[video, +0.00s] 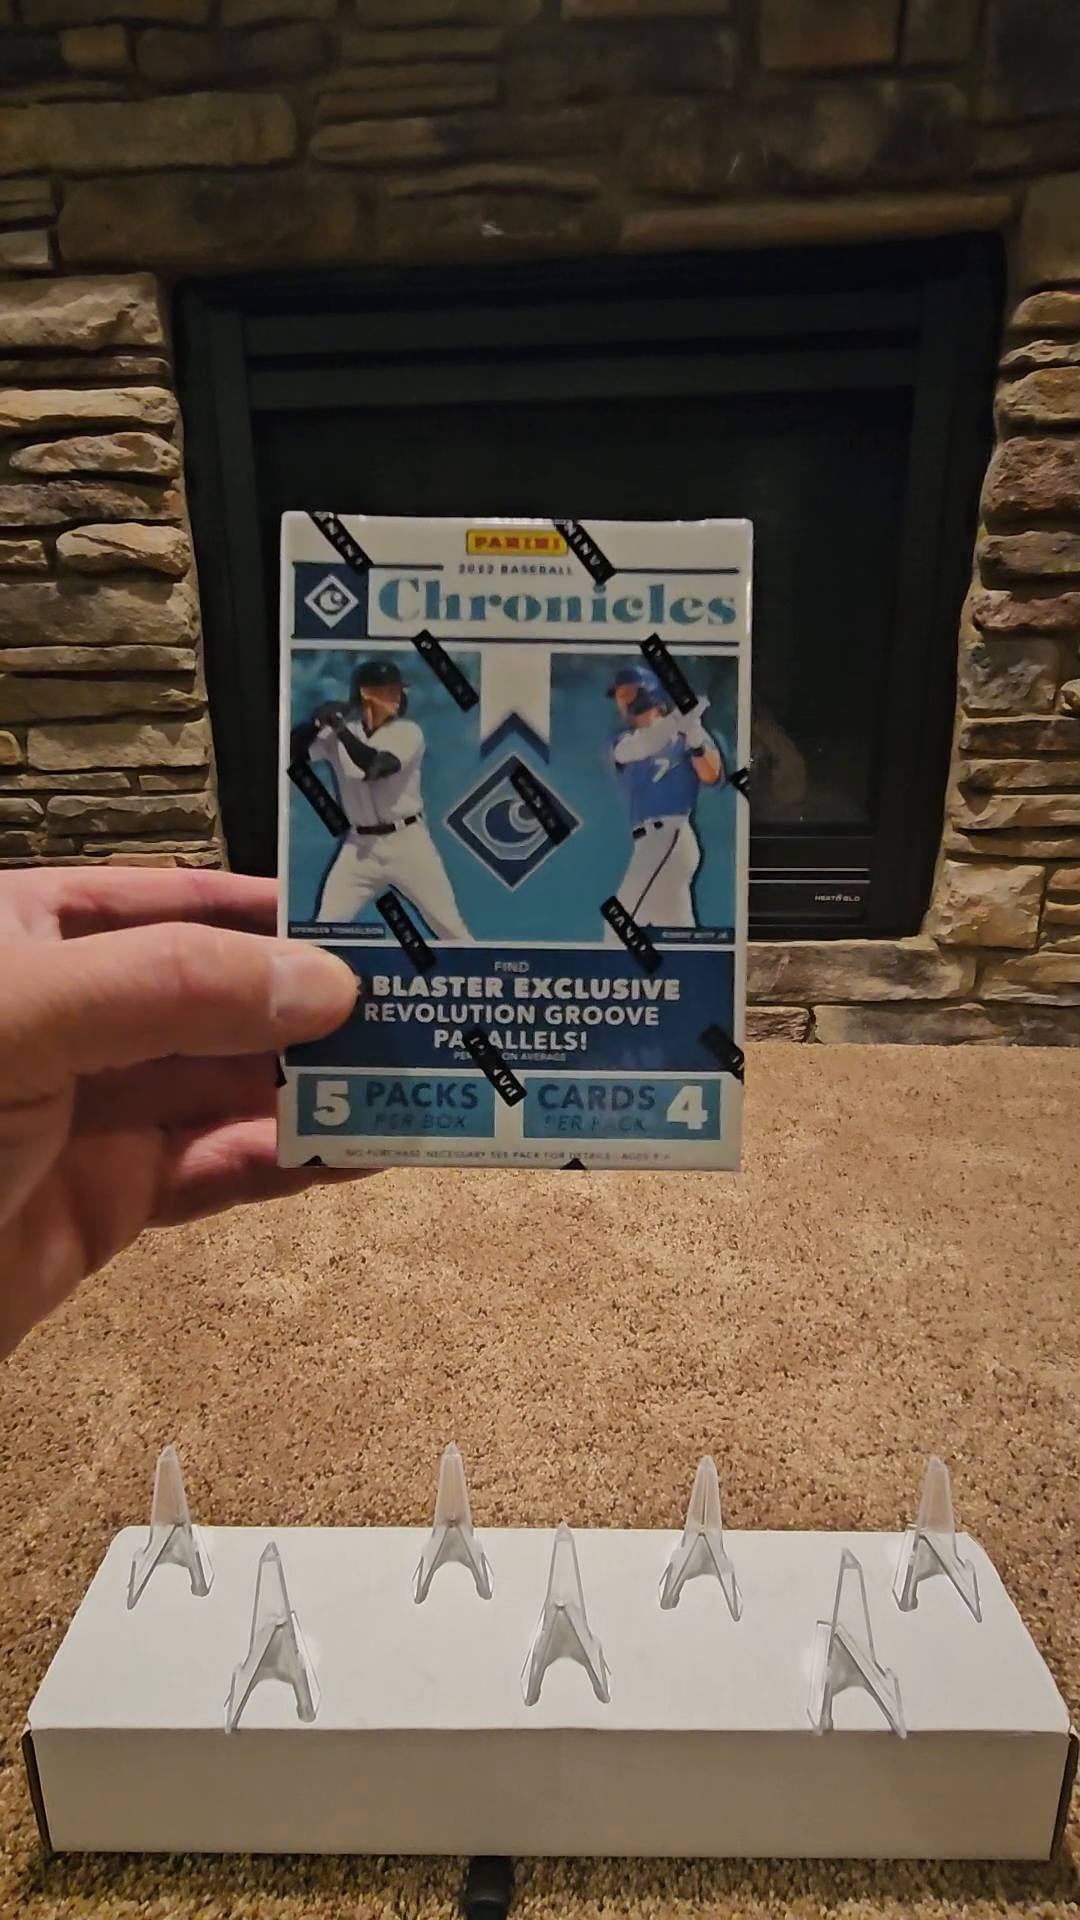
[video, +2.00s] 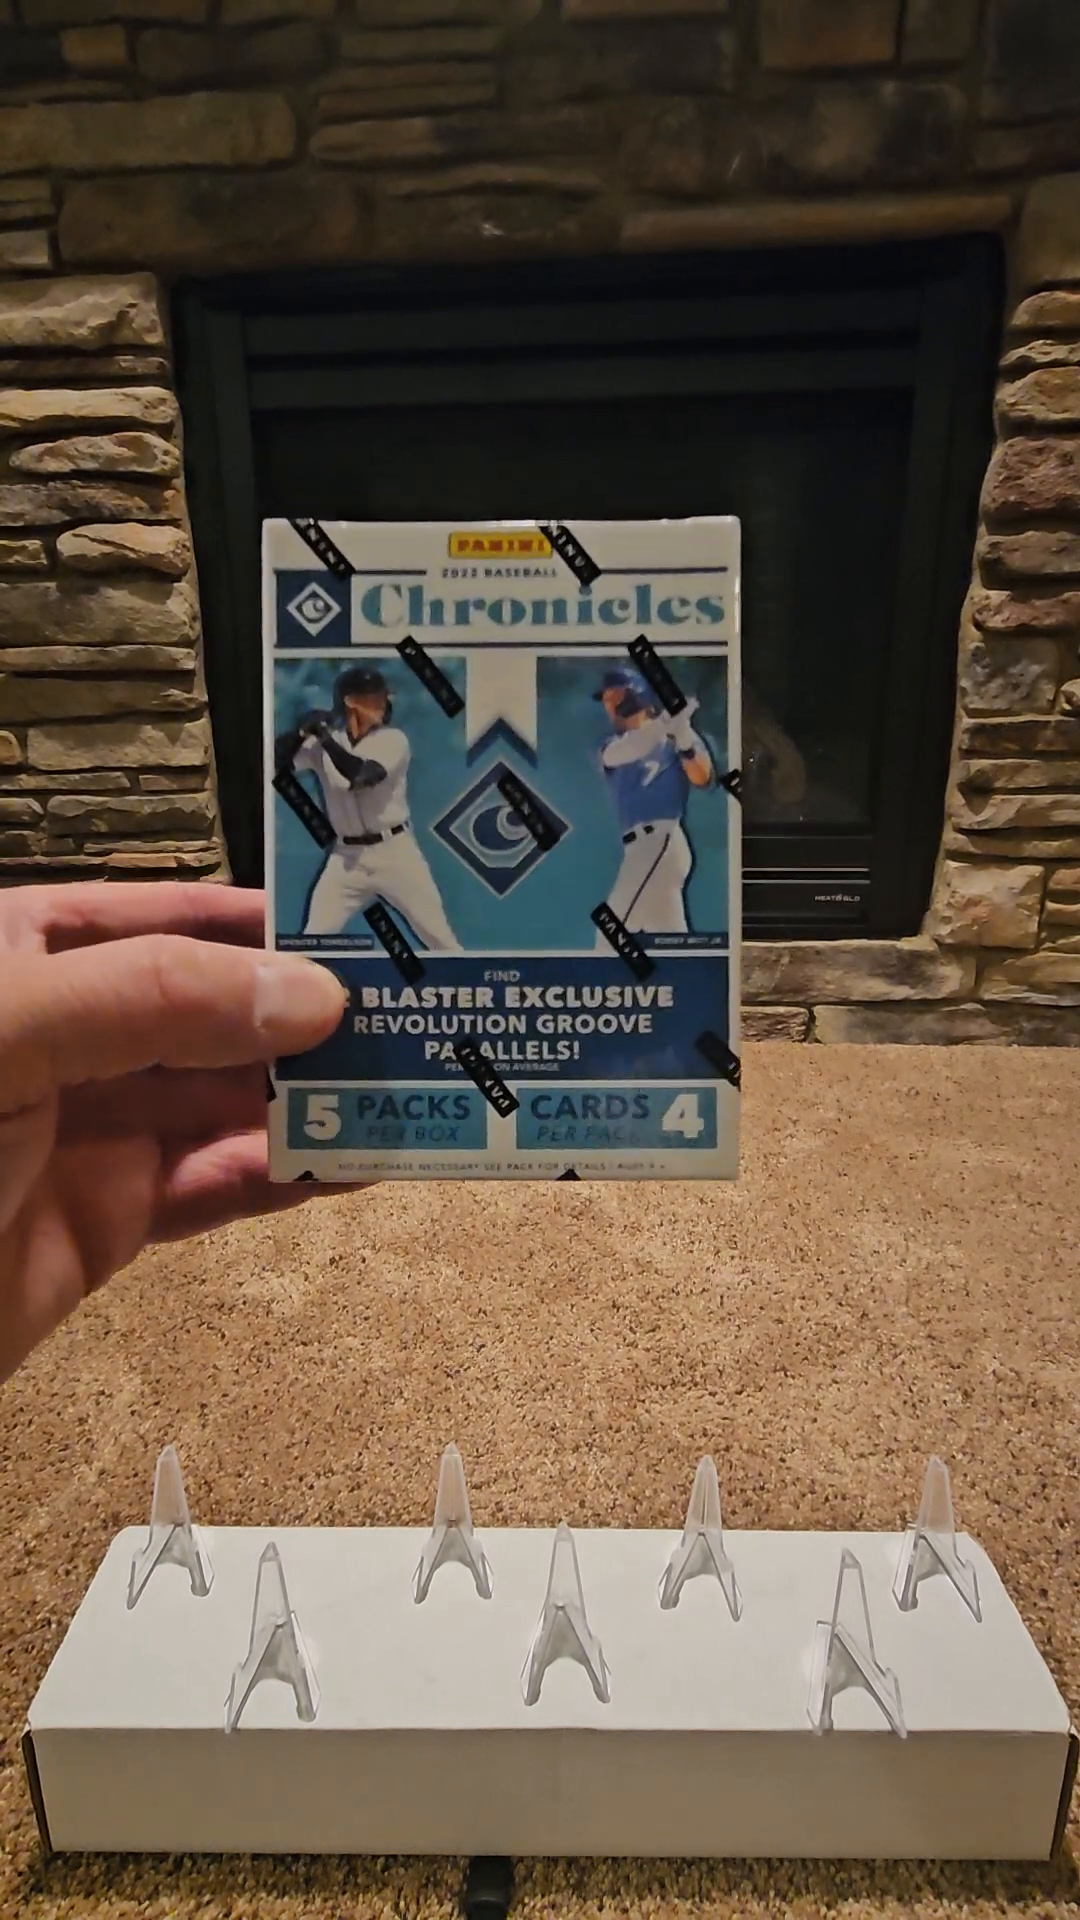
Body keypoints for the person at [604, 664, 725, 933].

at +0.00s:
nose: (622, 704)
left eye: (629, 695)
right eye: (619, 697)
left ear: (649, 695)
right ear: (616, 700)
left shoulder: (688, 732)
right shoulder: (621, 741)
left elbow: (711, 777)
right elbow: (642, 746)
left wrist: (694, 733)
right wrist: (676, 719)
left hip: (671, 838)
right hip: (648, 841)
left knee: (620, 924)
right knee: (680, 936)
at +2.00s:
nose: (609, 710)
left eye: (615, 700)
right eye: (606, 702)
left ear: (634, 698)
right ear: (604, 705)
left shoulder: (676, 734)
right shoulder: (611, 746)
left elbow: (702, 779)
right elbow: (630, 750)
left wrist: (684, 737)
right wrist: (666, 722)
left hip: (661, 843)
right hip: (637, 847)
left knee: (612, 930)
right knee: (671, 942)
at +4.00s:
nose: (679, 509)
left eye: (688, 496)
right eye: (674, 500)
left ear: (717, 497)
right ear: (670, 506)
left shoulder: (769, 547)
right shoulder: (680, 562)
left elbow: (801, 609)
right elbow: (698, 572)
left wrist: (777, 546)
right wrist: (757, 528)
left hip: (744, 697)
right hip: (713, 702)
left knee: (676, 816)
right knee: (753, 832)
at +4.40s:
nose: (683, 554)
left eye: (692, 541)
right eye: (678, 545)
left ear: (719, 544)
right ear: (675, 555)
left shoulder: (763, 590)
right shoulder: (686, 607)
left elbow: (800, 651)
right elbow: (692, 620)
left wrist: (776, 589)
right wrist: (755, 576)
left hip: (746, 733)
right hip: (714, 737)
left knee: (680, 849)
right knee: (749, 863)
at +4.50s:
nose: (668, 609)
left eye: (676, 597)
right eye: (663, 601)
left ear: (705, 600)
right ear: (660, 608)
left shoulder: (754, 649)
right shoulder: (665, 660)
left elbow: (783, 708)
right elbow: (687, 670)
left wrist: (761, 650)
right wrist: (738, 632)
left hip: (728, 787)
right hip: (698, 792)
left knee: (661, 897)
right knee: (735, 913)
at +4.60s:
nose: (660, 607)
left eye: (668, 595)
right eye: (656, 598)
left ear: (695, 596)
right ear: (653, 603)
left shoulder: (749, 645)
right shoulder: (662, 654)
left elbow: (778, 703)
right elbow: (686, 663)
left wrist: (755, 646)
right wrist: (733, 625)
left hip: (723, 783)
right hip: (692, 788)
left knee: (657, 892)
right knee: (732, 908)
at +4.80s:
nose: (676, 639)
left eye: (685, 627)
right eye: (671, 630)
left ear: (709, 628)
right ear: (665, 637)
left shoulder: (758, 675)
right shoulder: (672, 687)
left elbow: (790, 733)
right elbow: (697, 696)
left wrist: (767, 676)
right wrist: (741, 661)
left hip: (737, 814)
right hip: (707, 820)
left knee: (672, 925)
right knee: (746, 939)